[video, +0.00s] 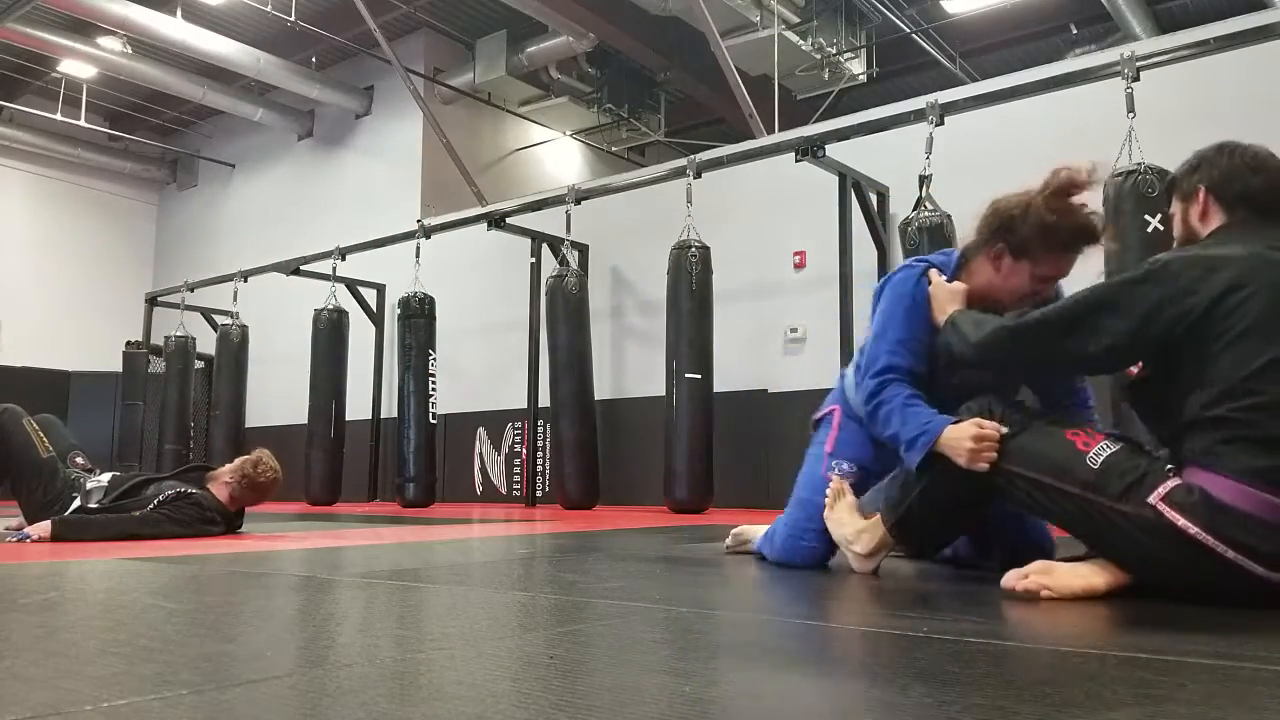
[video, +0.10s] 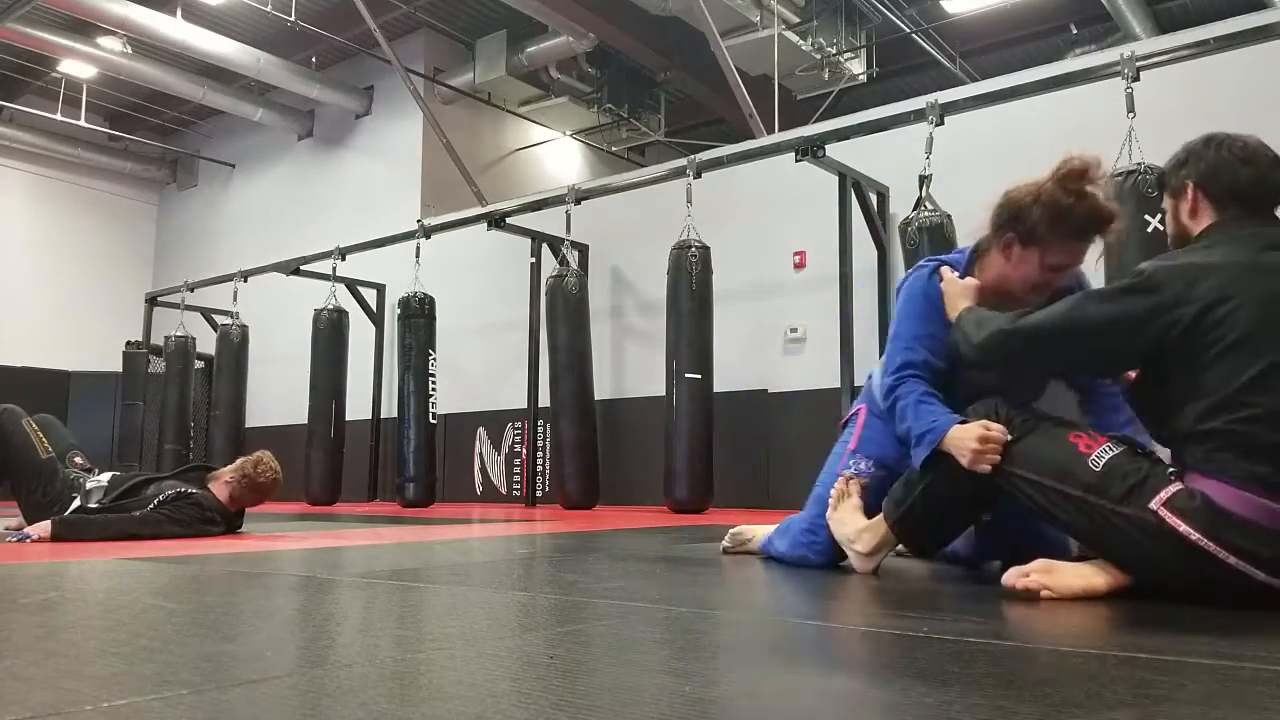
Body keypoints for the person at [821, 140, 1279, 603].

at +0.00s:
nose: (1171, 232)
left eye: (1175, 218)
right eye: (1172, 219)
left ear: (1204, 205)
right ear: (1267, 209)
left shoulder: (1198, 271)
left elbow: (1044, 334)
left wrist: (953, 318)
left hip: (1216, 532)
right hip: (1272, 554)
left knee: (994, 432)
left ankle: (873, 533)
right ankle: (1112, 564)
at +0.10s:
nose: (1167, 226)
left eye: (1169, 211)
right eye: (1167, 213)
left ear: (1194, 203)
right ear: (1266, 203)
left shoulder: (1182, 280)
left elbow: (1004, 349)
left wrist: (964, 309)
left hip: (1212, 533)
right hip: (1274, 556)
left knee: (1006, 431)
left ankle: (873, 539)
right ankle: (1112, 565)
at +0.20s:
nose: (1160, 222)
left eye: (1162, 208)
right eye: (1159, 210)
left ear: (1186, 202)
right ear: (1262, 200)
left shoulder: (1174, 287)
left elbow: (1010, 349)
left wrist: (980, 305)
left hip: (1211, 542)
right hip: (1274, 559)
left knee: (1009, 430)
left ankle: (867, 536)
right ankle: (1111, 565)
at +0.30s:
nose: (1159, 222)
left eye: (1163, 208)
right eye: (1158, 211)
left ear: (1189, 201)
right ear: (1264, 194)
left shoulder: (1178, 288)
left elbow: (1027, 348)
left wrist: (989, 293)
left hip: (1208, 542)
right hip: (1269, 556)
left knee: (1002, 430)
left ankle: (865, 537)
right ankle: (1110, 564)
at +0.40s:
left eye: (1163, 203)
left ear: (1190, 197)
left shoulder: (1176, 286)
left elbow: (1029, 335)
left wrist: (992, 284)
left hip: (1214, 546)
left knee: (1006, 430)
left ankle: (865, 534)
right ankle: (1104, 561)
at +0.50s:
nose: (1160, 222)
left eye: (1165, 207)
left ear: (1189, 204)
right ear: (1268, 195)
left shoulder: (1176, 290)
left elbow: (1025, 342)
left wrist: (989, 293)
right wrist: (1119, 434)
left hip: (1208, 553)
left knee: (1003, 433)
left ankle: (864, 534)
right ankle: (1099, 563)